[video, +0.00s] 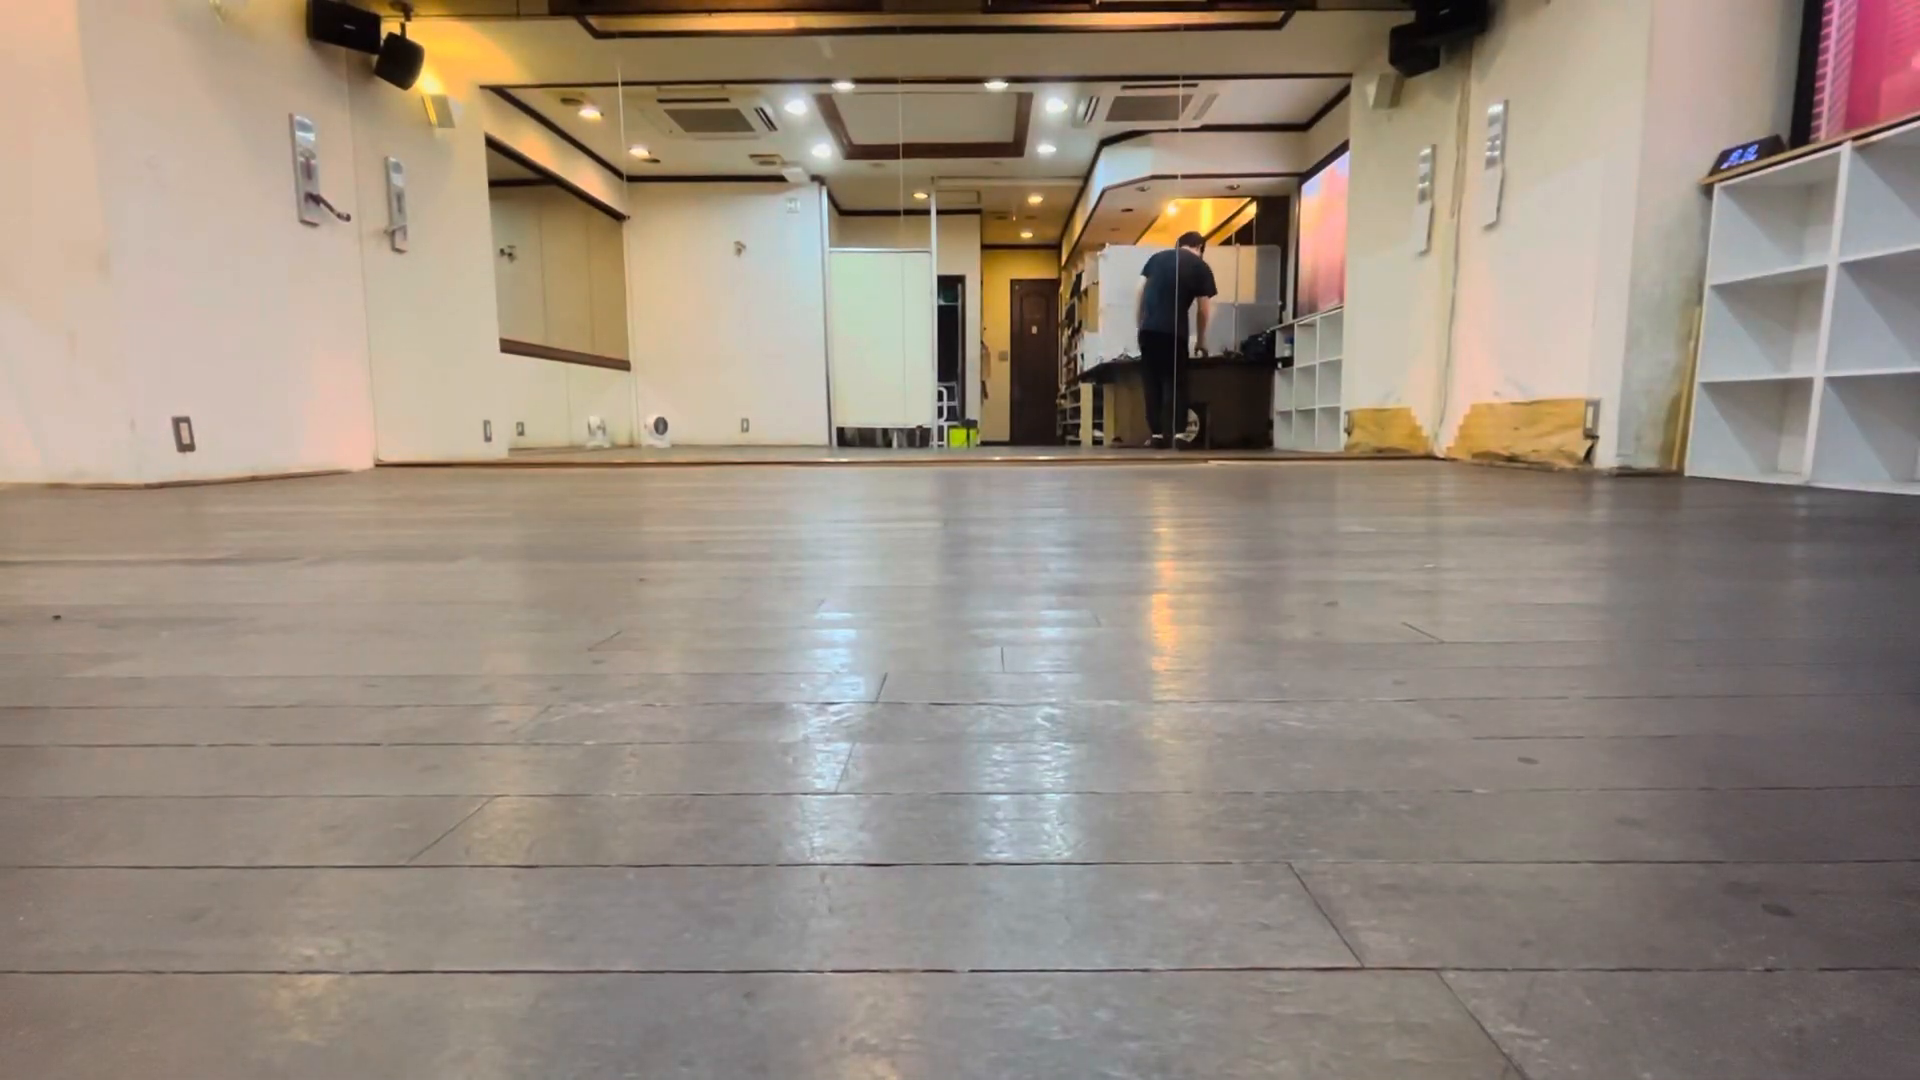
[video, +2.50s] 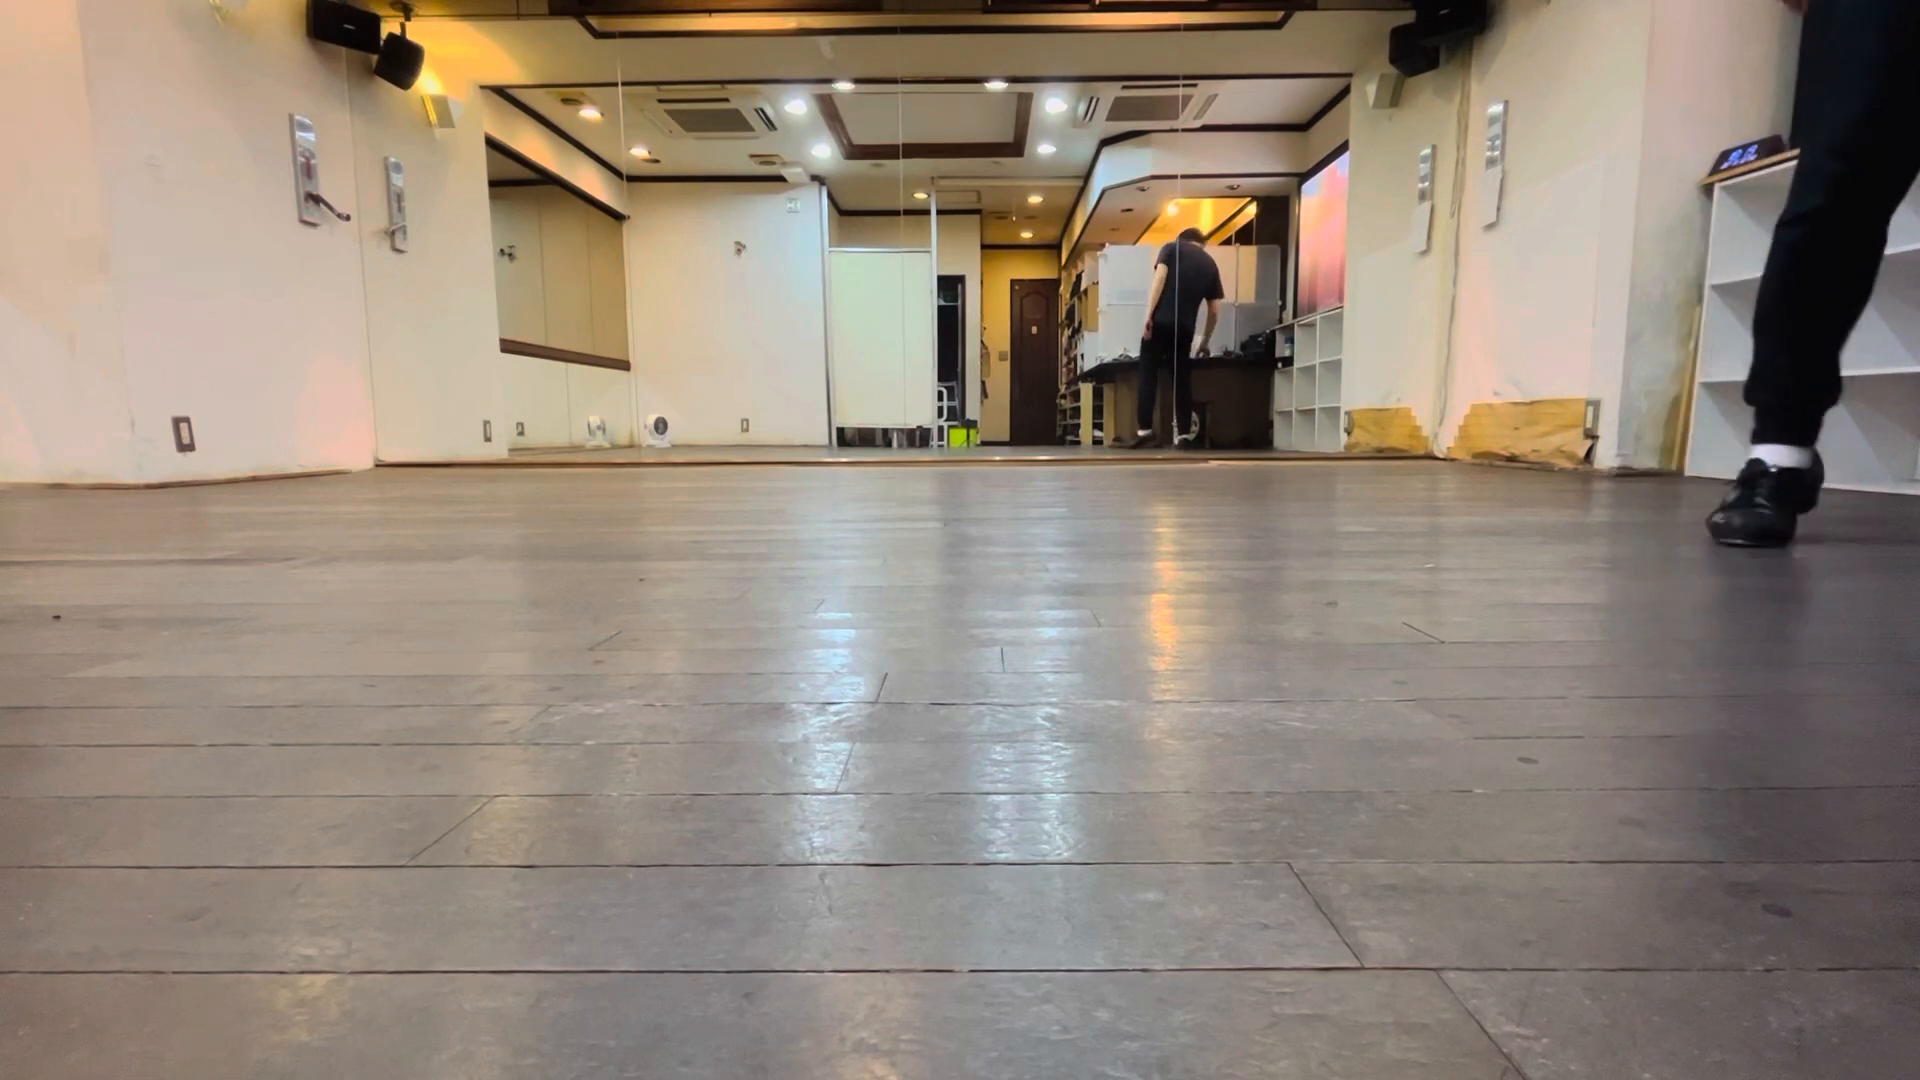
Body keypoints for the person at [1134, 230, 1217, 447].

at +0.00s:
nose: (1201, 254)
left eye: (1201, 251)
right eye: (1202, 251)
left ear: (1179, 244)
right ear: (1199, 248)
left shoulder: (1159, 257)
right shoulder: (1200, 267)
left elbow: (1142, 292)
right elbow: (1203, 310)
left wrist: (1141, 323)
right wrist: (1200, 341)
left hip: (1148, 331)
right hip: (1174, 333)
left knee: (1152, 381)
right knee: (1177, 381)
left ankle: (1156, 432)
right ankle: (1176, 432)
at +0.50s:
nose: (1210, 257)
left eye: (1209, 255)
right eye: (1211, 255)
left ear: (1188, 246)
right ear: (1208, 252)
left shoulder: (1172, 254)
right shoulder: (1213, 269)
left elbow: (1159, 280)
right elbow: (1213, 313)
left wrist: (1150, 317)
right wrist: (1205, 343)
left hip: (1162, 325)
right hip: (1189, 331)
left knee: (1152, 377)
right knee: (1185, 381)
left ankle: (1146, 430)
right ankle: (1181, 433)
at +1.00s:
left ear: (1190, 246)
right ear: (1211, 252)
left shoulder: (1178, 252)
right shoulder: (1218, 270)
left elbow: (1167, 277)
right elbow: (1218, 314)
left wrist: (1153, 314)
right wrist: (1206, 342)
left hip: (1166, 320)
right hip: (1191, 328)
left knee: (1145, 368)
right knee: (1185, 380)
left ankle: (1130, 418)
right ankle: (1180, 433)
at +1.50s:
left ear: (1188, 245)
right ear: (1207, 250)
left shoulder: (1180, 250)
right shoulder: (1217, 270)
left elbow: (1172, 275)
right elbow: (1218, 313)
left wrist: (1158, 310)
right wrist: (1206, 342)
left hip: (1169, 317)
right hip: (1192, 326)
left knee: (1155, 367)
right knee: (1185, 377)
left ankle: (1148, 420)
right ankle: (1181, 433)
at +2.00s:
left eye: (1187, 244)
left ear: (1189, 243)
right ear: (1209, 249)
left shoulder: (1179, 249)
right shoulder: (1218, 268)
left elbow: (1171, 274)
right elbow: (1220, 313)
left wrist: (1156, 309)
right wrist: (1207, 343)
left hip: (1167, 319)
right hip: (1193, 327)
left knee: (1150, 369)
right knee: (1185, 379)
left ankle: (1136, 420)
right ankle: (1183, 434)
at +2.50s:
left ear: (1181, 239)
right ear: (1201, 244)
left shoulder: (1171, 247)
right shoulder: (1210, 263)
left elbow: (1160, 278)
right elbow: (1214, 311)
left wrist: (1149, 314)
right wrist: (1205, 342)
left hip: (1159, 324)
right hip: (1184, 328)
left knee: (1147, 373)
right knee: (1182, 377)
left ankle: (1145, 429)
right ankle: (1182, 433)